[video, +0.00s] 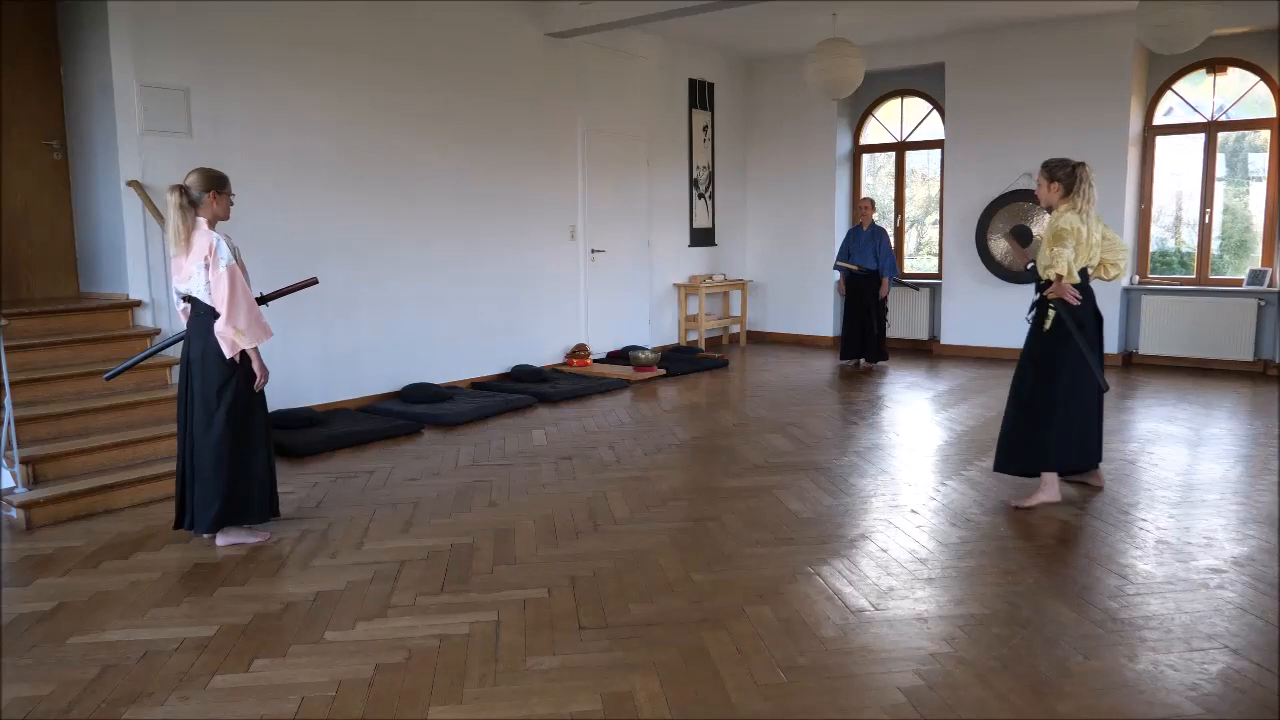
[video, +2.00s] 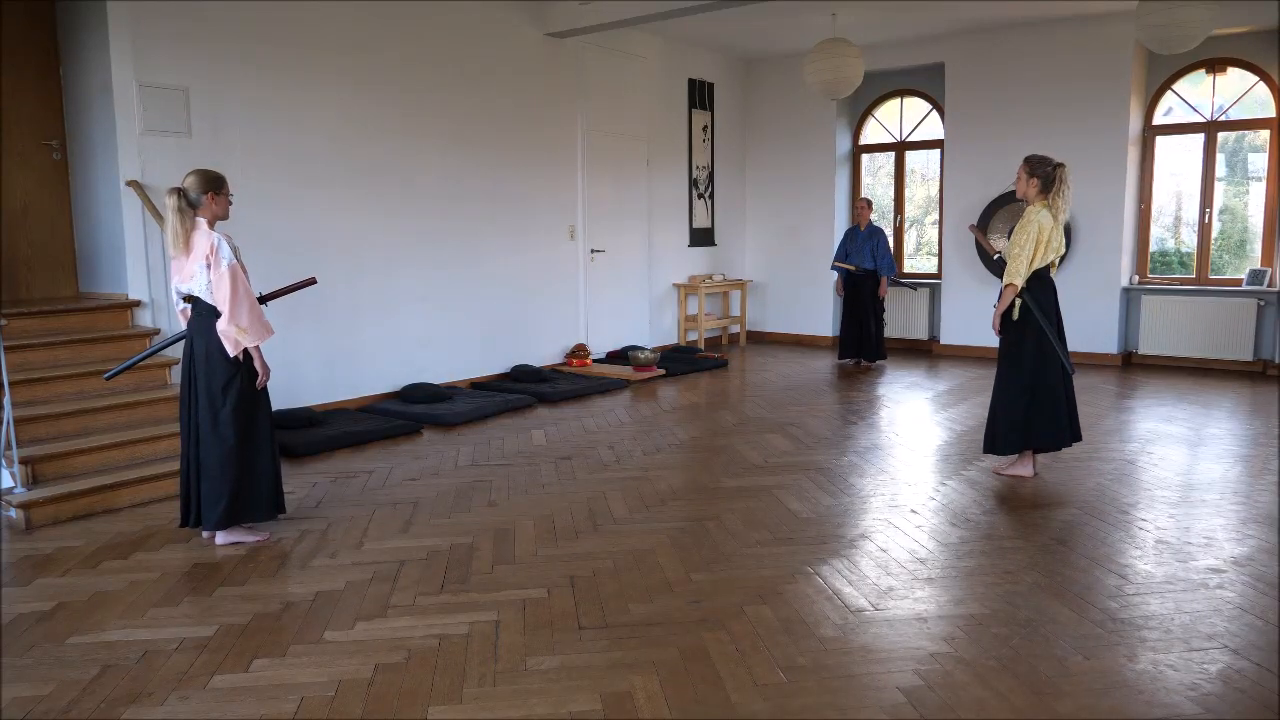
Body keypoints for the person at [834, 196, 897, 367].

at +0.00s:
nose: (862, 211)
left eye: (866, 208)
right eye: (860, 208)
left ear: (873, 211)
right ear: (857, 210)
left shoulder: (880, 233)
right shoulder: (852, 232)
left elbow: (886, 259)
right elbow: (843, 257)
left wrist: (885, 282)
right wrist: (841, 278)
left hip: (872, 278)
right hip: (853, 278)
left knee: (871, 318)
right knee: (853, 316)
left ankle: (870, 358)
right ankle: (854, 356)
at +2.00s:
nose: (858, 211)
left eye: (862, 208)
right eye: (856, 208)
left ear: (870, 210)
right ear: (854, 210)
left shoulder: (877, 233)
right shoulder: (850, 233)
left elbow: (884, 259)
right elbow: (841, 257)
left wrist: (883, 283)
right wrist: (840, 278)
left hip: (870, 279)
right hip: (852, 278)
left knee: (869, 317)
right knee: (853, 316)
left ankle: (869, 357)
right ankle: (856, 355)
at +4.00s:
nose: (852, 214)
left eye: (856, 211)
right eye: (850, 211)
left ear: (864, 213)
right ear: (848, 212)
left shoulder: (872, 234)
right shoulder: (844, 234)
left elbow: (880, 261)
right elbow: (835, 259)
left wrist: (880, 285)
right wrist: (833, 281)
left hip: (866, 281)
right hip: (846, 281)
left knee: (865, 320)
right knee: (844, 318)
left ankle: (866, 358)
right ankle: (842, 354)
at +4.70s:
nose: (824, 215)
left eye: (828, 212)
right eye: (822, 212)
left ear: (836, 213)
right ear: (821, 214)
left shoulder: (845, 236)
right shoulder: (816, 235)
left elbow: (853, 262)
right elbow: (807, 259)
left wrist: (853, 286)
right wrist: (805, 282)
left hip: (839, 283)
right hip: (818, 282)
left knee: (841, 322)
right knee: (819, 321)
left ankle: (845, 360)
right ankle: (822, 359)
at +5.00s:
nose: (810, 215)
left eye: (814, 212)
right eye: (808, 212)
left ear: (822, 213)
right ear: (806, 214)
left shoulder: (832, 236)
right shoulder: (802, 235)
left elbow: (840, 263)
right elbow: (793, 261)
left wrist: (841, 289)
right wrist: (791, 284)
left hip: (825, 283)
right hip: (805, 283)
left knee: (824, 324)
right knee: (805, 323)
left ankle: (823, 363)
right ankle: (805, 362)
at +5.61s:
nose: (786, 214)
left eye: (790, 211)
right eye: (785, 211)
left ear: (799, 213)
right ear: (783, 213)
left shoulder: (809, 236)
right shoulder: (778, 236)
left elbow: (817, 264)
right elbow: (770, 262)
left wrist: (817, 288)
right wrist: (767, 286)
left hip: (802, 285)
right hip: (781, 284)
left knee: (800, 326)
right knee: (779, 325)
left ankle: (797, 367)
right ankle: (780, 366)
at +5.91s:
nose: (771, 215)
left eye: (774, 212)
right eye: (769, 212)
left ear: (783, 213)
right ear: (767, 214)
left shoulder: (793, 237)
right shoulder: (763, 237)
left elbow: (802, 266)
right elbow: (754, 264)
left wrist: (801, 291)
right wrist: (751, 288)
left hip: (787, 287)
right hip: (765, 287)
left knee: (788, 329)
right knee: (761, 328)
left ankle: (792, 370)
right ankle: (759, 369)